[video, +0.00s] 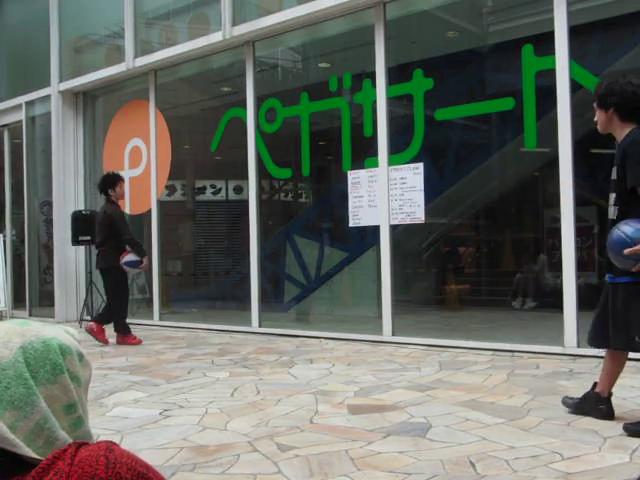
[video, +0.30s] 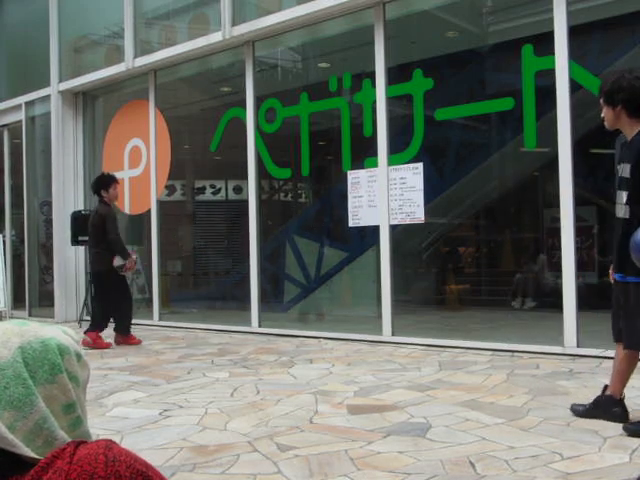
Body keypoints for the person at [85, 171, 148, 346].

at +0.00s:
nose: (124, 190)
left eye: (123, 186)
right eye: (121, 187)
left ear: (111, 192)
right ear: (111, 191)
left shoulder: (106, 209)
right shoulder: (113, 210)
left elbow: (110, 237)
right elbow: (126, 235)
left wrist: (123, 253)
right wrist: (142, 254)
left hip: (108, 259)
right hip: (112, 260)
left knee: (117, 295)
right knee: (119, 295)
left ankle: (97, 323)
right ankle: (123, 333)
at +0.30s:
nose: (118, 192)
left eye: (117, 188)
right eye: (115, 189)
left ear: (104, 193)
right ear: (104, 193)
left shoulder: (99, 211)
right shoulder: (107, 212)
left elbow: (108, 239)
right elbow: (113, 238)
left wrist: (127, 255)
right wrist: (127, 256)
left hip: (98, 265)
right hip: (107, 265)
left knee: (104, 299)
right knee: (123, 298)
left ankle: (93, 332)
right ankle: (123, 333)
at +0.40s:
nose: (115, 194)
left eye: (115, 190)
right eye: (112, 190)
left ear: (103, 195)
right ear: (101, 194)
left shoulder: (97, 211)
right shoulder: (102, 212)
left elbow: (99, 240)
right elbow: (105, 238)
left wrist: (112, 254)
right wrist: (112, 260)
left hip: (95, 263)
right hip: (101, 263)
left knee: (101, 299)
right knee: (123, 295)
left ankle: (91, 335)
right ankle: (123, 332)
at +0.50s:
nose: (113, 193)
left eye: (112, 189)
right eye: (109, 190)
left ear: (101, 194)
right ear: (99, 194)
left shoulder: (97, 212)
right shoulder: (98, 214)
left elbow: (91, 241)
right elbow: (91, 241)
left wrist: (105, 258)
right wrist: (95, 262)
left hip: (95, 265)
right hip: (99, 266)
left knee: (96, 300)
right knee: (123, 295)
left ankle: (91, 334)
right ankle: (123, 332)